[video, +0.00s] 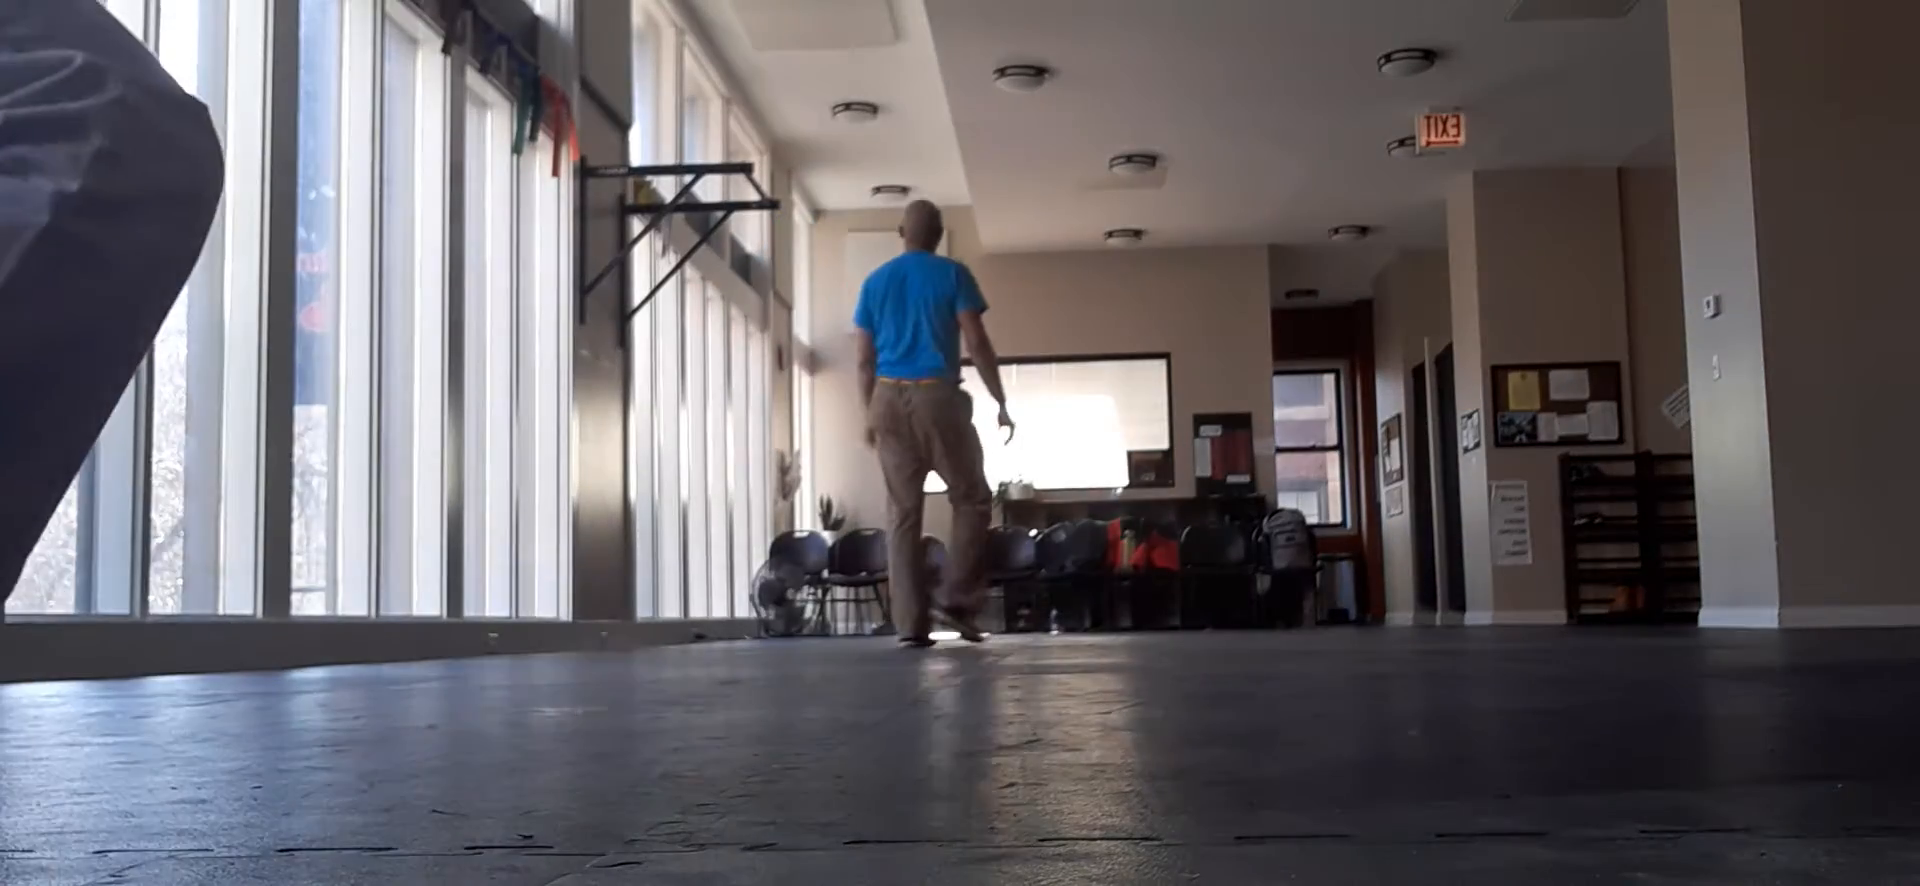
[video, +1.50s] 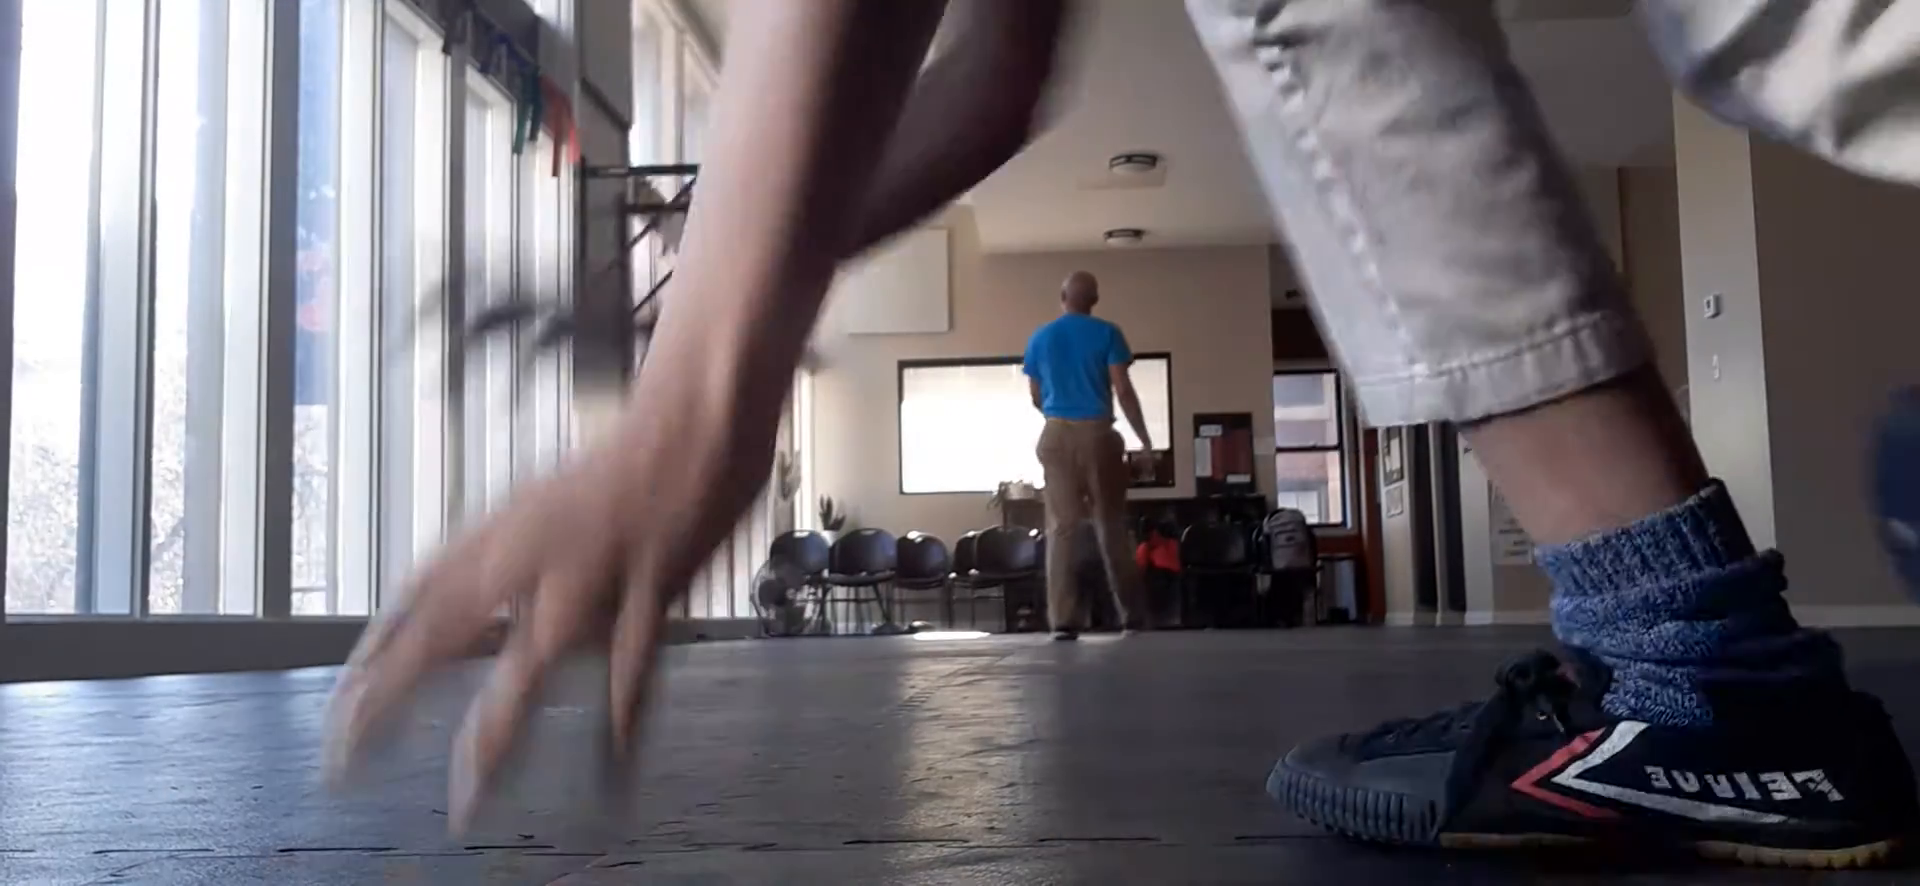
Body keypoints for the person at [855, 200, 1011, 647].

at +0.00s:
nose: (915, 234)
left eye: (907, 227)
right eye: (934, 231)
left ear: (901, 235)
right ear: (939, 236)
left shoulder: (874, 281)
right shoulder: (954, 274)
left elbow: (866, 359)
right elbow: (976, 343)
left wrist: (870, 415)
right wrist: (1000, 401)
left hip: (887, 401)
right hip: (939, 400)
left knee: (902, 513)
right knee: (972, 499)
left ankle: (910, 626)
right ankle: (958, 601)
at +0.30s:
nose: (954, 255)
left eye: (950, 248)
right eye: (974, 253)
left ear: (944, 256)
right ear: (981, 259)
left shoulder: (918, 302)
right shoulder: (991, 296)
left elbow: (914, 369)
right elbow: (1008, 362)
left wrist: (942, 389)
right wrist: (1034, 421)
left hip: (933, 415)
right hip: (983, 415)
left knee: (932, 515)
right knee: (1000, 516)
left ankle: (915, 618)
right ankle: (1013, 617)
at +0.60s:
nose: (1008, 262)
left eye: (993, 254)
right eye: (1020, 258)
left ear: (987, 261)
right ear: (1023, 263)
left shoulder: (962, 305)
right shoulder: (1037, 299)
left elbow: (952, 375)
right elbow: (1055, 360)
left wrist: (946, 431)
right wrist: (1074, 415)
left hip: (979, 413)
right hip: (1024, 411)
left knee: (986, 510)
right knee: (1020, 513)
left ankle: (967, 608)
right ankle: (1016, 615)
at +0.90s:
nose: (1022, 281)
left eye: (1018, 275)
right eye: (1045, 278)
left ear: (1017, 280)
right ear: (1051, 283)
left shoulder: (992, 321)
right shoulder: (1064, 317)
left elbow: (968, 380)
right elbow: (1087, 376)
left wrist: (943, 432)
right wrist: (1108, 426)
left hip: (1006, 424)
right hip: (1045, 420)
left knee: (1026, 519)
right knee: (1038, 516)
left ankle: (1056, 618)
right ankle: (1014, 612)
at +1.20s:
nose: (1059, 288)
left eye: (1043, 281)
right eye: (1067, 284)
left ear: (1037, 286)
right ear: (1071, 287)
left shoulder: (1015, 326)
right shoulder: (1084, 320)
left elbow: (1000, 391)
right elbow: (1102, 380)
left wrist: (992, 437)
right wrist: (1121, 429)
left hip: (1027, 426)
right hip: (1069, 426)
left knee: (1046, 523)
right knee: (1093, 510)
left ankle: (1059, 621)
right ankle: (1072, 578)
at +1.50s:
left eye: (1068, 294)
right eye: (1092, 298)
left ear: (1062, 298)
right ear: (1095, 301)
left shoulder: (1040, 337)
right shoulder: (1107, 333)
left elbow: (1036, 397)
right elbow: (1122, 388)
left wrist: (1062, 415)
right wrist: (1144, 440)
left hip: (1054, 433)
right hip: (1098, 434)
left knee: (1058, 526)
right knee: (1110, 523)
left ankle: (1061, 621)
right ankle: (1131, 615)